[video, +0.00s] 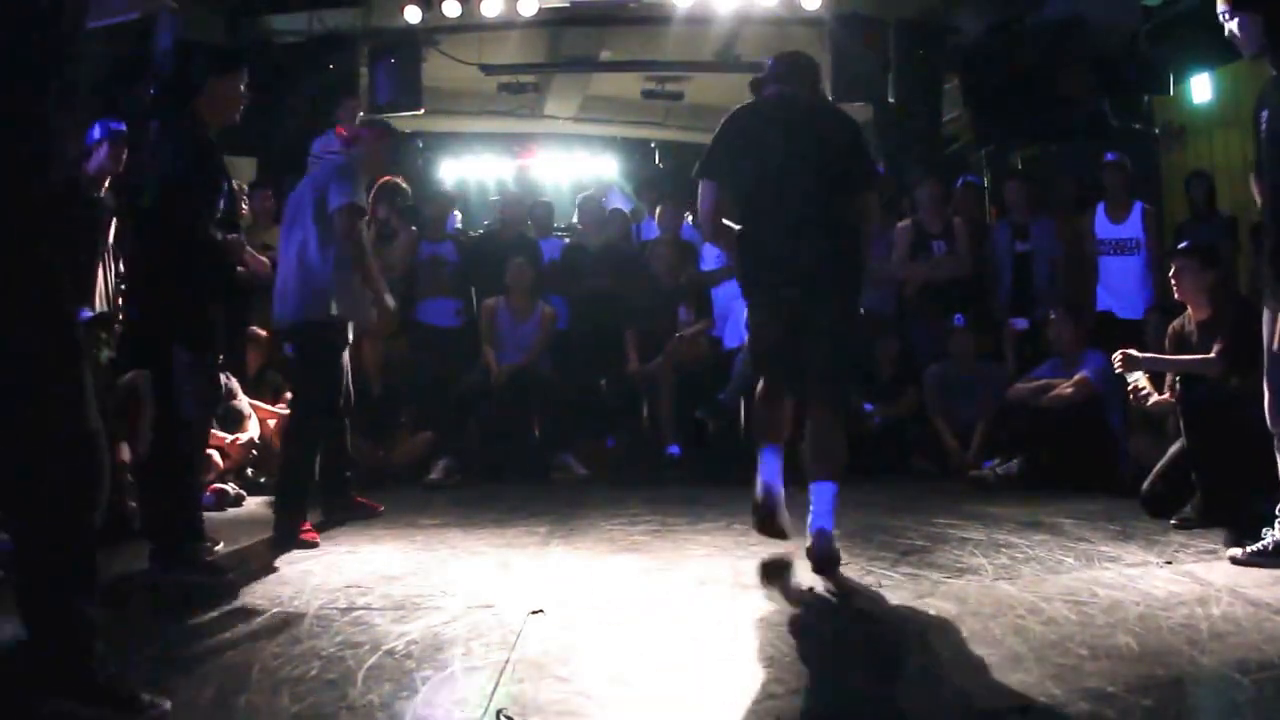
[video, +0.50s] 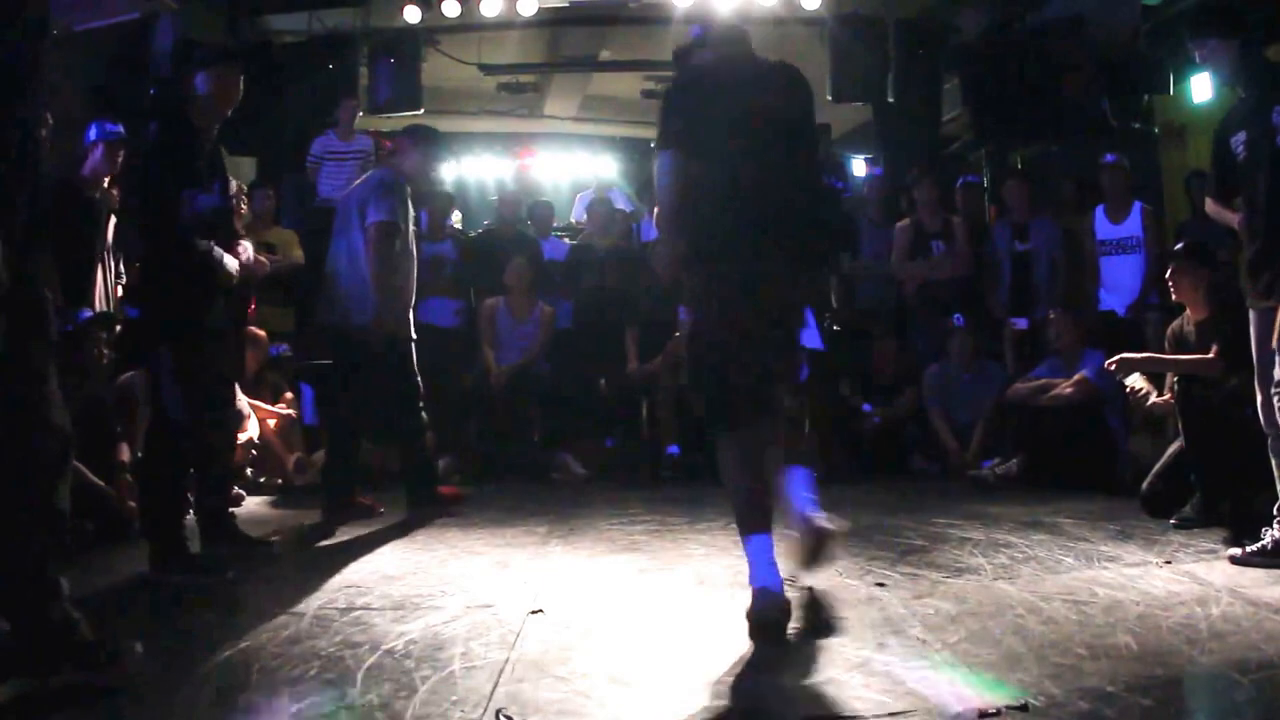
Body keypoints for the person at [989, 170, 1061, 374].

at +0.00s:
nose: (1014, 199)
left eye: (1018, 193)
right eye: (1010, 194)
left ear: (1027, 196)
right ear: (1005, 198)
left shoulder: (1045, 228)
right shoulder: (999, 231)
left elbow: (1054, 263)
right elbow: (996, 268)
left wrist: (1054, 296)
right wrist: (998, 300)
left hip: (1039, 295)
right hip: (1010, 298)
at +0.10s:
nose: (1014, 199)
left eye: (1018, 193)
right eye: (1010, 194)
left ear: (1027, 195)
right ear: (1005, 198)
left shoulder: (1044, 226)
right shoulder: (1000, 230)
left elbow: (1054, 263)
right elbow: (997, 269)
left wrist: (1053, 297)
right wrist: (999, 301)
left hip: (1039, 296)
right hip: (1010, 299)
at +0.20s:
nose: (1014, 199)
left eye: (1019, 193)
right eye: (1010, 194)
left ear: (1027, 195)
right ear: (1005, 198)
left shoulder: (1044, 226)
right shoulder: (1000, 230)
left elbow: (1054, 263)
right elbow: (997, 269)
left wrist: (1054, 297)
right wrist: (998, 301)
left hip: (1039, 296)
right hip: (1011, 299)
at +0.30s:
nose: (1013, 199)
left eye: (1018, 193)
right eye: (1009, 194)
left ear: (1028, 195)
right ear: (1004, 198)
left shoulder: (1045, 226)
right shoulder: (1000, 230)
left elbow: (1054, 264)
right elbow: (997, 269)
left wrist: (1053, 299)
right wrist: (998, 303)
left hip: (1039, 297)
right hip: (1010, 300)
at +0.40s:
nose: (1014, 200)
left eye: (1018, 193)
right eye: (1010, 194)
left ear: (1028, 196)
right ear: (1004, 198)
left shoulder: (1046, 228)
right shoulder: (999, 231)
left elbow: (1055, 266)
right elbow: (997, 271)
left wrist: (1053, 301)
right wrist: (997, 304)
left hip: (1039, 300)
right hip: (1010, 302)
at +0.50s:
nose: (1017, 201)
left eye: (1020, 195)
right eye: (1011, 196)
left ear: (1028, 197)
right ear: (1005, 199)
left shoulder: (1047, 229)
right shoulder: (998, 231)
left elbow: (1057, 267)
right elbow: (993, 270)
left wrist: (1053, 300)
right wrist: (996, 302)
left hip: (1039, 299)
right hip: (1009, 301)